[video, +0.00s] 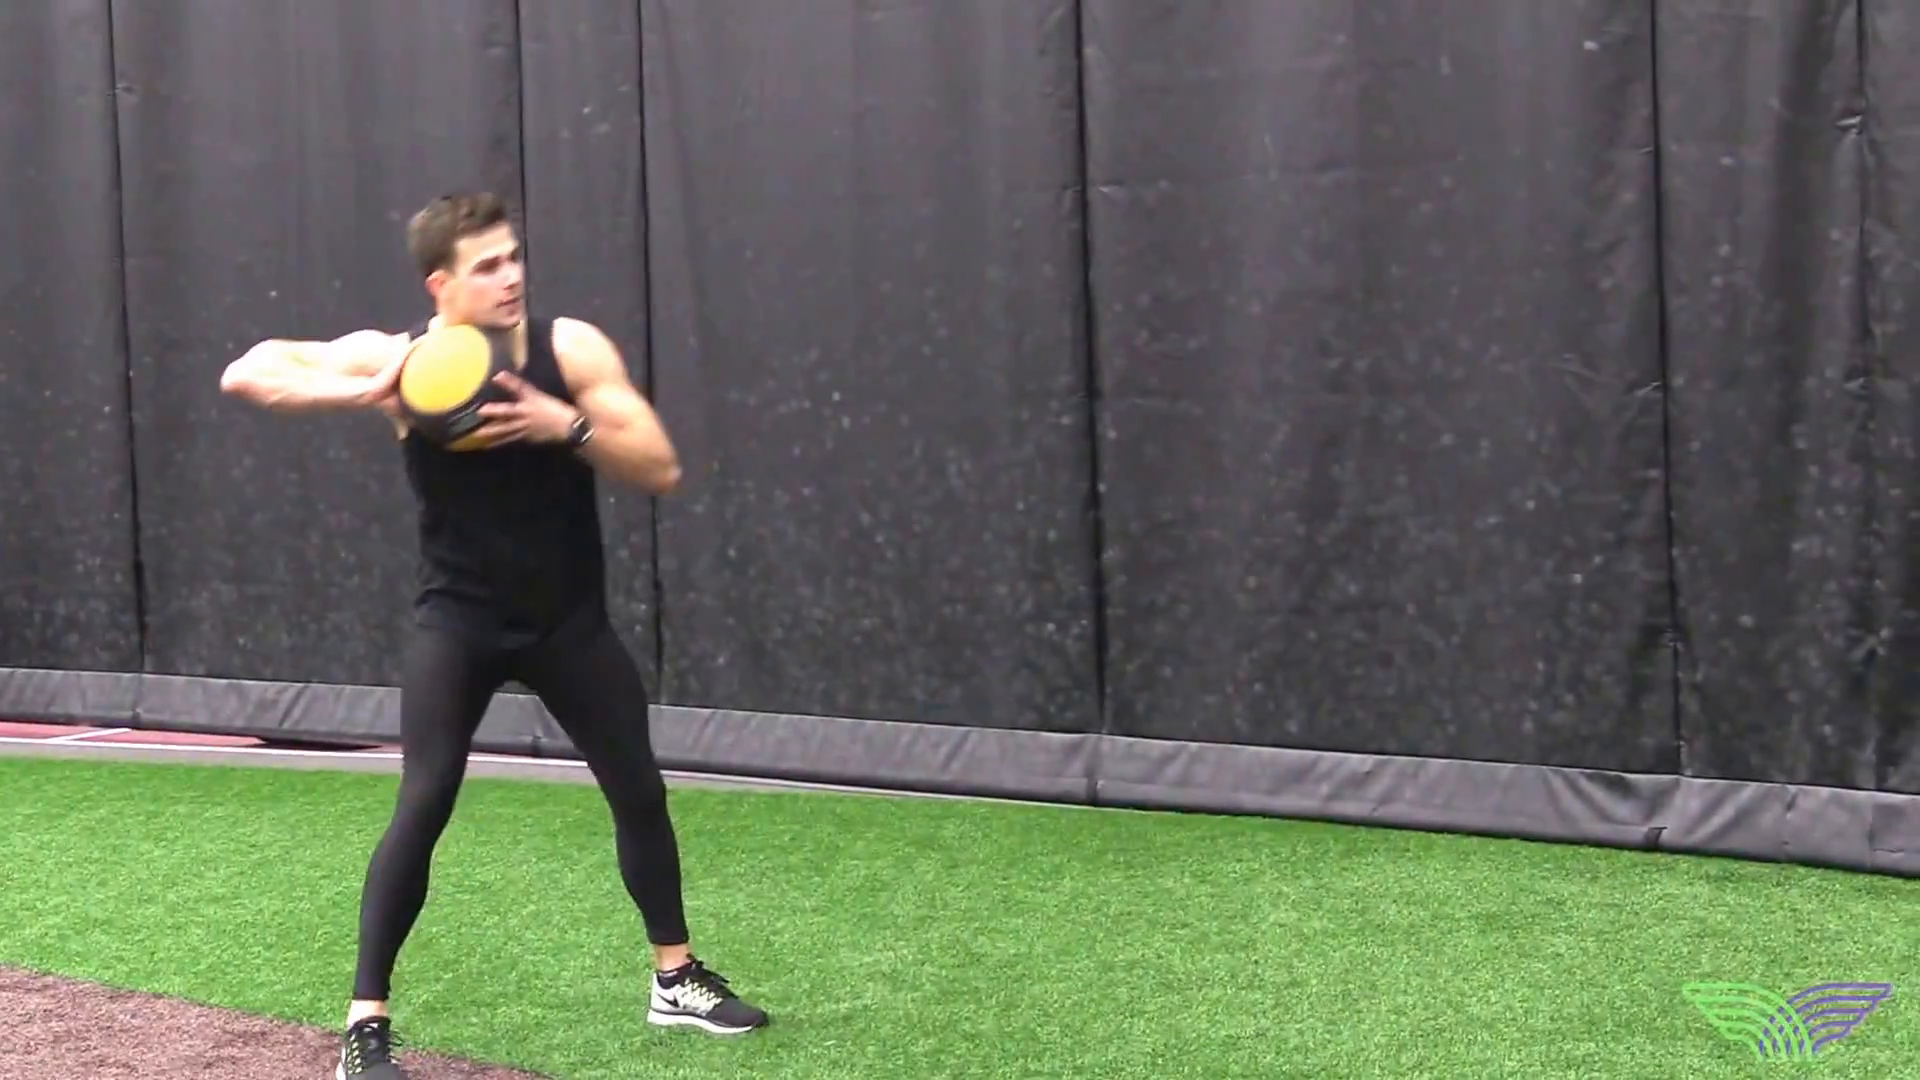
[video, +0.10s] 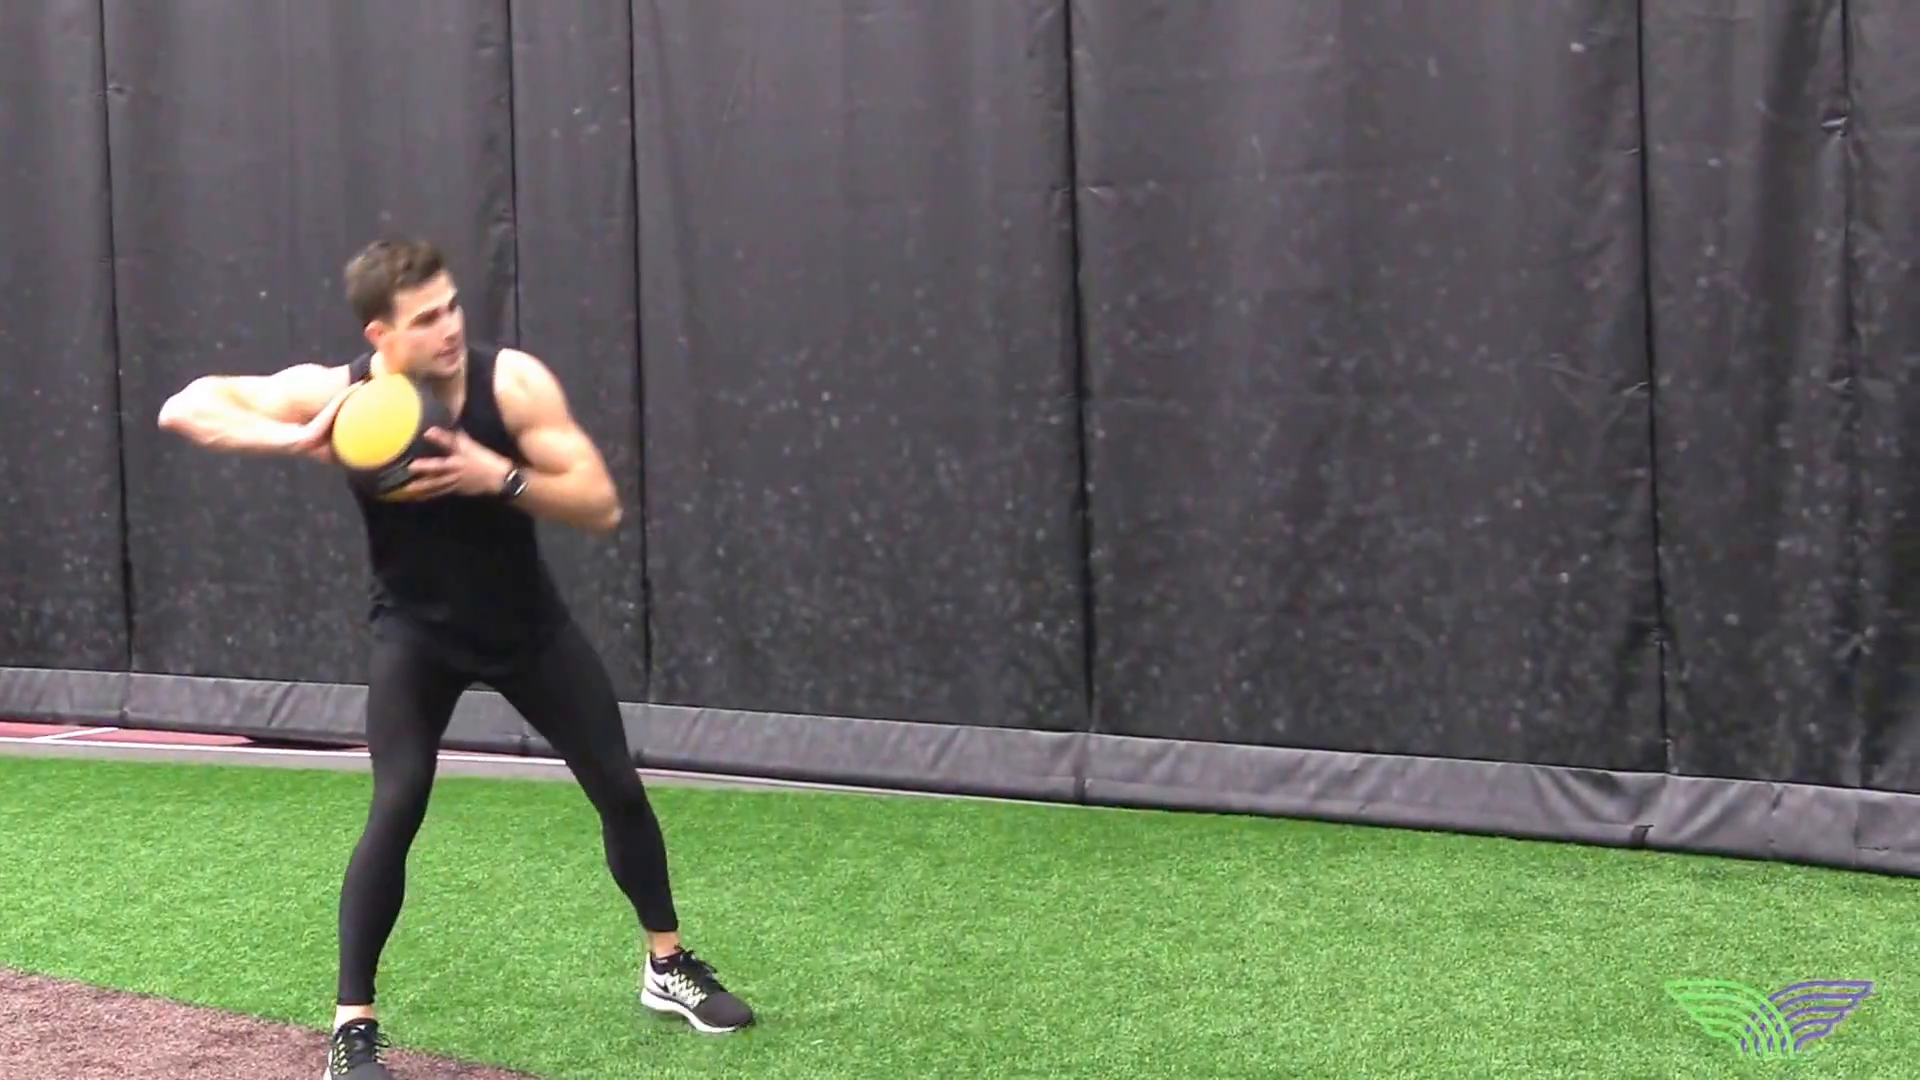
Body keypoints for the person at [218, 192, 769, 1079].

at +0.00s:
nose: (510, 278)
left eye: (516, 260)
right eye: (488, 267)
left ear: (527, 265)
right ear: (439, 286)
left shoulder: (572, 348)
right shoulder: (403, 357)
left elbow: (663, 466)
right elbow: (244, 376)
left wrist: (570, 425)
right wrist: (354, 390)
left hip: (571, 619)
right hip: (460, 618)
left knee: (640, 788)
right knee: (425, 801)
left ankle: (678, 976)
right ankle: (367, 1016)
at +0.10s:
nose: (451, 328)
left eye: (452, 308)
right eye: (426, 319)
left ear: (461, 303)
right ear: (377, 338)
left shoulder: (514, 380)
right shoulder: (336, 393)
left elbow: (601, 504)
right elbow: (183, 409)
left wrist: (501, 475)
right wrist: (284, 434)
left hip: (529, 624)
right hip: (418, 629)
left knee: (621, 791)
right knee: (399, 799)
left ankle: (668, 961)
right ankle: (355, 1018)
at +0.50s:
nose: (385, 457)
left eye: (382, 438)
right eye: (362, 457)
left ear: (385, 421)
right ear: (309, 471)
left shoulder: (439, 480)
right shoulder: (264, 489)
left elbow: (534, 596)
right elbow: (109, 487)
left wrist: (424, 599)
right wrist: (212, 542)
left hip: (493, 644)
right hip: (376, 667)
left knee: (609, 784)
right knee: (371, 811)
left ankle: (677, 935)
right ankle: (351, 1020)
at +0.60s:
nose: (400, 458)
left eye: (396, 439)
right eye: (378, 457)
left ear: (399, 422)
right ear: (324, 474)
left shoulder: (450, 483)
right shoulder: (275, 493)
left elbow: (541, 600)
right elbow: (118, 490)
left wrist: (435, 600)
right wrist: (223, 545)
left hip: (497, 652)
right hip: (380, 673)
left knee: (620, 782)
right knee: (387, 812)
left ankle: (674, 937)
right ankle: (356, 1018)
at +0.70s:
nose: (423, 440)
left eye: (419, 423)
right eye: (401, 440)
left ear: (419, 404)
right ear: (347, 464)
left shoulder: (472, 468)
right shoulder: (297, 491)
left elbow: (559, 577)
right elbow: (140, 496)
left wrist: (462, 581)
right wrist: (252, 537)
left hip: (497, 653)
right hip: (389, 680)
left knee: (636, 781)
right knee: (411, 814)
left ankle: (664, 942)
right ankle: (361, 1019)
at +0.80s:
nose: (457, 379)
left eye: (450, 363)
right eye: (436, 377)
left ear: (451, 360)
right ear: (389, 408)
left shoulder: (495, 412)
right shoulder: (333, 470)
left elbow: (600, 505)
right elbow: (183, 510)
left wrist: (512, 501)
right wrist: (305, 510)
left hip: (507, 659)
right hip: (411, 680)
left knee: (654, 777)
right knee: (446, 822)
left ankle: (641, 957)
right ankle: (367, 1018)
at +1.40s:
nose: (587, 185)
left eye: (574, 179)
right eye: (581, 181)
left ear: (505, 230)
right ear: (575, 208)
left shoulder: (507, 332)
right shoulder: (634, 262)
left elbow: (473, 468)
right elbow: (609, 386)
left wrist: (473, 366)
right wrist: (517, 475)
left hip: (578, 564)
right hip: (667, 558)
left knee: (614, 763)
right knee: (633, 764)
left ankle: (641, 962)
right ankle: (578, 945)